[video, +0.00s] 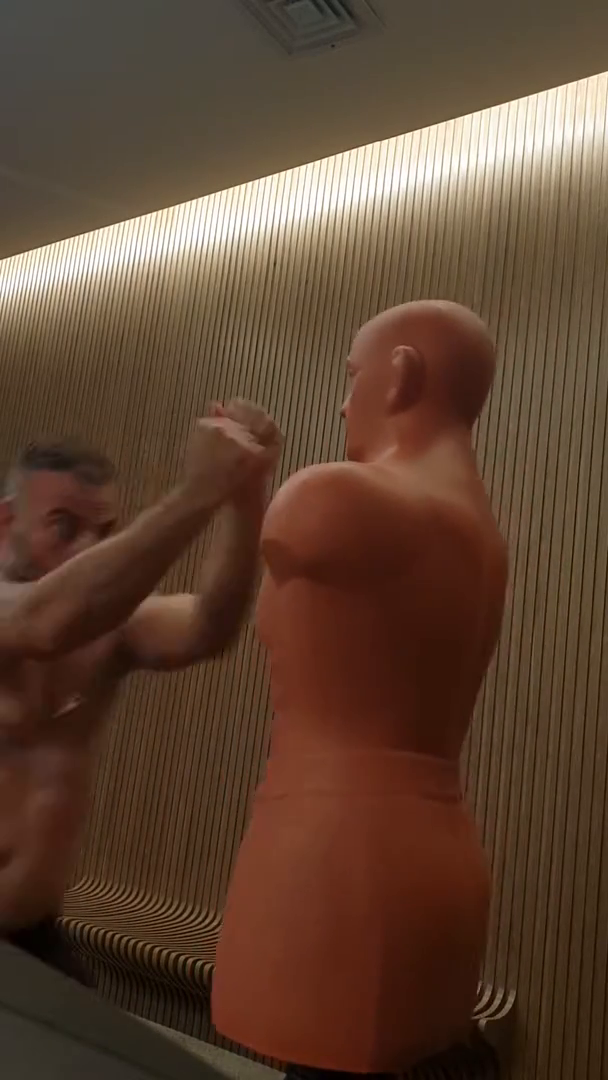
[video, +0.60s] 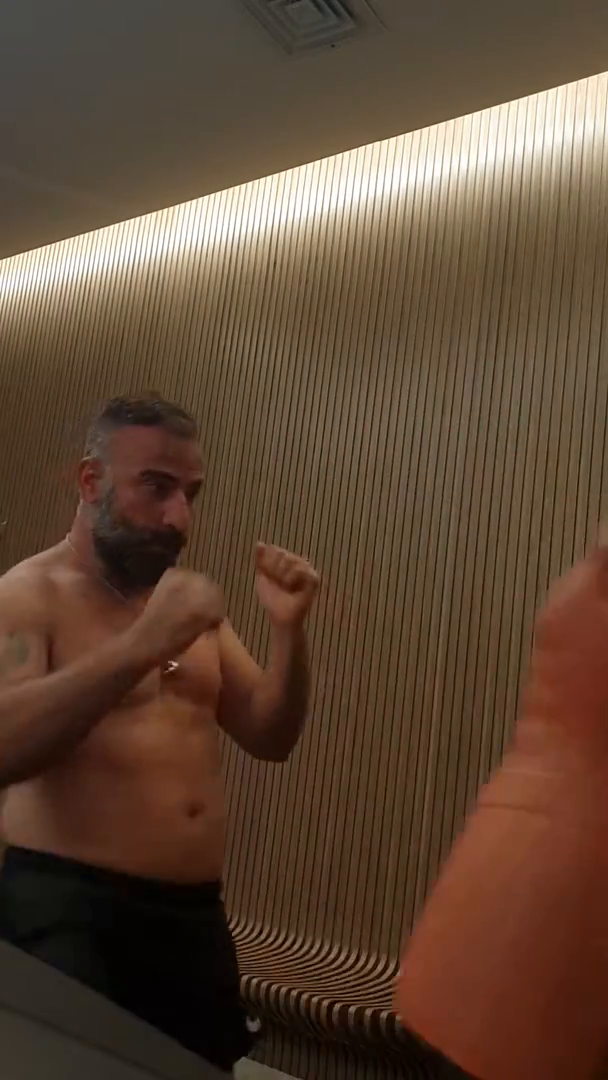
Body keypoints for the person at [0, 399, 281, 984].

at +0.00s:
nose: (83, 550)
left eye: (103, 533)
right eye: (63, 526)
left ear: (117, 533)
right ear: (8, 520)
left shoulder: (110, 623)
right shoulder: (2, 600)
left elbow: (210, 627)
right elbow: (44, 624)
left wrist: (249, 501)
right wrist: (197, 494)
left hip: (32, 939)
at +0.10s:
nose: (125, 522)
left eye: (141, 501)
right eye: (107, 493)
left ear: (156, 505)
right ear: (50, 485)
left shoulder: (167, 586)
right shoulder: (11, 573)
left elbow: (232, 704)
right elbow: (9, 660)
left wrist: (247, 620)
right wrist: (149, 536)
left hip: (103, 878)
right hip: (11, 864)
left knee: (111, 1052)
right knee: (22, 1036)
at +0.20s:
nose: (147, 533)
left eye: (166, 510)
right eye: (126, 502)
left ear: (181, 508)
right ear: (70, 484)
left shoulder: (168, 588)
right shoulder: (15, 594)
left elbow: (212, 720)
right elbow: (13, 778)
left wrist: (238, 717)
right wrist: (57, 773)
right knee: (239, 771)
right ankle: (102, 1017)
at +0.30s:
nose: (148, 534)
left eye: (166, 512)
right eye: (125, 503)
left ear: (179, 513)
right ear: (67, 491)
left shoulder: (154, 601)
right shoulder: (19, 593)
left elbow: (222, 715)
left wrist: (286, 713)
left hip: (221, 843)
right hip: (111, 862)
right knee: (333, 803)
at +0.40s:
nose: (151, 514)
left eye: (163, 494)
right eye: (125, 489)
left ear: (175, 501)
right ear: (63, 492)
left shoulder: (182, 616)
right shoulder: (24, 607)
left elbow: (264, 726)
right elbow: (6, 745)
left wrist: (313, 653)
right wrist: (20, 764)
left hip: (218, 873)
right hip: (108, 872)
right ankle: (175, 1074)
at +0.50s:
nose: (168, 508)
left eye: (177, 487)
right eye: (143, 483)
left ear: (186, 495)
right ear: (78, 488)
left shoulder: (192, 614)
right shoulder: (28, 609)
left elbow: (272, 733)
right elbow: (5, 768)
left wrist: (299, 628)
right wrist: (74, 724)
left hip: (211, 904)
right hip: (102, 895)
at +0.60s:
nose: (179, 513)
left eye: (191, 495)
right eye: (157, 485)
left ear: (201, 501)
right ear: (89, 482)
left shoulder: (192, 612)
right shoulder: (24, 596)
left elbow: (272, 738)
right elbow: (7, 745)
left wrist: (287, 628)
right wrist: (141, 641)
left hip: (193, 916)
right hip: (65, 911)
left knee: (201, 1070)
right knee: (80, 1066)